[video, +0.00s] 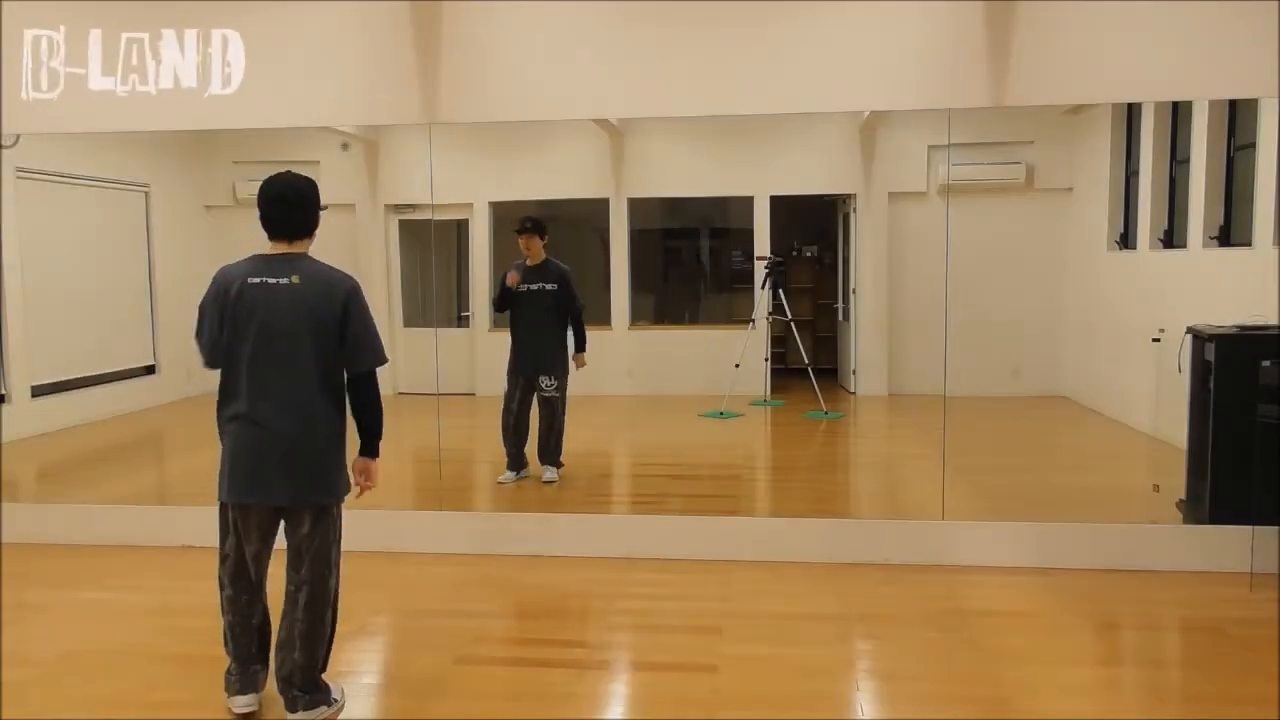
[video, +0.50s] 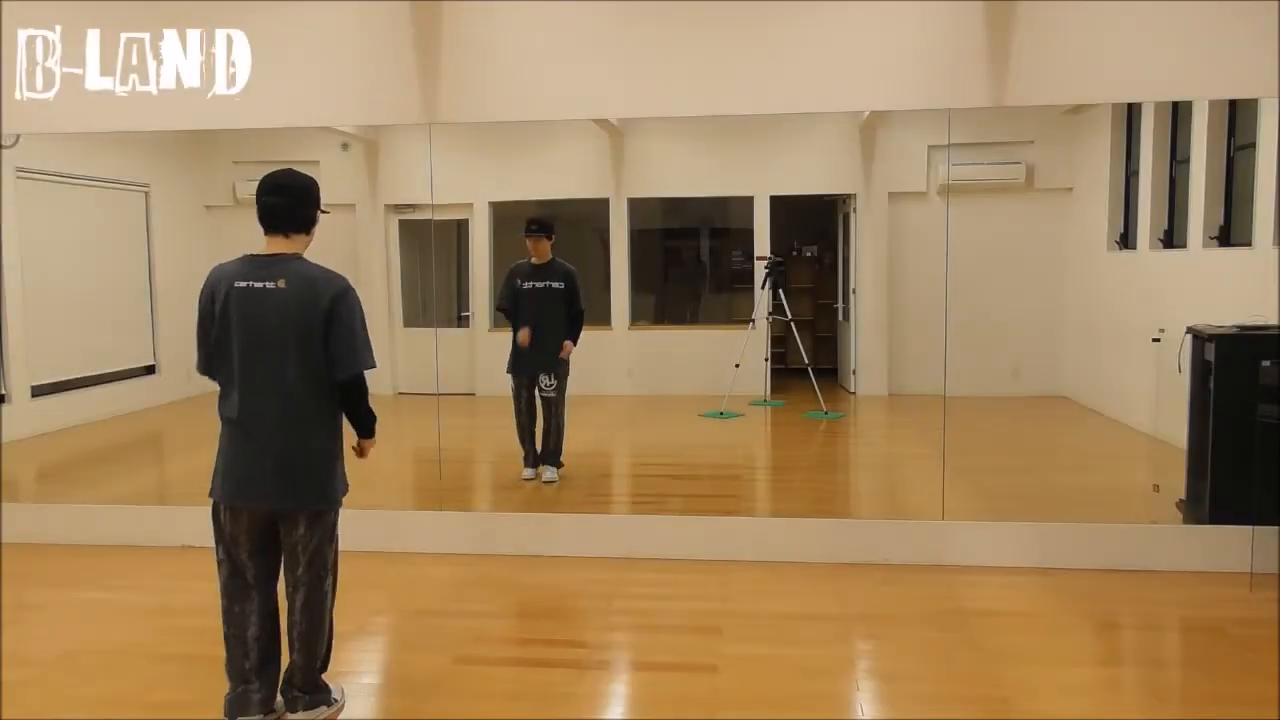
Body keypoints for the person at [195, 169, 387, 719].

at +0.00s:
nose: (314, 221)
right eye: (314, 213)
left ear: (262, 220)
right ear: (316, 220)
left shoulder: (229, 282)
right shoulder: (339, 288)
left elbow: (212, 352)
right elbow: (363, 380)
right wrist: (369, 450)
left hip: (246, 461)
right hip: (316, 461)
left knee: (241, 574)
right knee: (313, 578)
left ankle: (243, 684)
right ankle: (303, 690)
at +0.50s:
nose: (320, 218)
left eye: (316, 209)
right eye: (317, 211)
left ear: (261, 217)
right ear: (312, 218)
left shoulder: (222, 281)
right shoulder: (331, 289)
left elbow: (213, 366)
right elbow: (347, 380)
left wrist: (261, 386)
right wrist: (366, 426)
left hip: (240, 471)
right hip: (309, 470)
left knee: (245, 586)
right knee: (310, 582)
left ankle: (248, 698)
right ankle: (304, 690)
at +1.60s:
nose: (322, 259)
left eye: (321, 251)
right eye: (321, 251)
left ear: (269, 250)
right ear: (311, 251)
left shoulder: (226, 304)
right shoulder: (317, 300)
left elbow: (197, 392)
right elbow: (323, 382)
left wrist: (177, 463)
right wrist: (360, 448)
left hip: (230, 477)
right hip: (296, 477)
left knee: (252, 575)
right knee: (315, 583)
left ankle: (188, 667)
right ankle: (301, 692)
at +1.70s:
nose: (329, 265)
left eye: (329, 256)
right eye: (329, 256)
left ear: (275, 254)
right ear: (319, 255)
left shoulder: (235, 309)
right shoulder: (315, 306)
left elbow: (200, 397)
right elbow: (319, 389)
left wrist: (156, 457)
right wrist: (363, 454)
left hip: (233, 476)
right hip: (295, 479)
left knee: (225, 595)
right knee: (312, 587)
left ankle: (157, 704)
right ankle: (301, 690)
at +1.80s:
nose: (325, 267)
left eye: (324, 259)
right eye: (324, 259)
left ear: (272, 259)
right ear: (313, 259)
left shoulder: (233, 307)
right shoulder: (319, 300)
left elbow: (180, 380)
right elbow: (329, 363)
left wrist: (155, 443)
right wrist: (385, 410)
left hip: (229, 470)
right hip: (297, 469)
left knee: (220, 584)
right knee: (312, 584)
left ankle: (186, 686)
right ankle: (300, 689)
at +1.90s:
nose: (305, 266)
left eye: (305, 260)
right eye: (305, 260)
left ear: (249, 258)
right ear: (296, 258)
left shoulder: (207, 302)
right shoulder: (311, 290)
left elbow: (144, 353)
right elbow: (370, 315)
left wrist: (194, 390)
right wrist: (382, 343)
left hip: (235, 463)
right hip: (305, 462)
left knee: (229, 580)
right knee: (314, 575)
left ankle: (238, 685)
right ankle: (301, 689)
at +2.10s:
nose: (264, 256)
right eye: (267, 248)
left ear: (214, 252)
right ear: (265, 251)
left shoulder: (201, 302)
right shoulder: (296, 301)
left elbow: (185, 382)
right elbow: (305, 375)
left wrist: (233, 350)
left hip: (248, 473)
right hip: (316, 467)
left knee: (237, 587)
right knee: (357, 556)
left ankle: (252, 693)